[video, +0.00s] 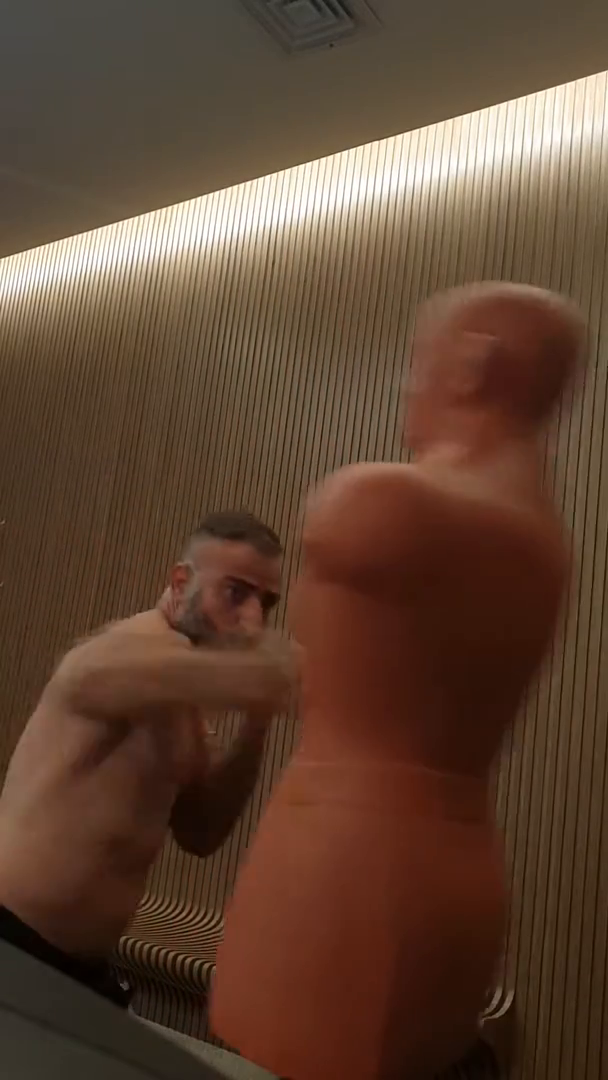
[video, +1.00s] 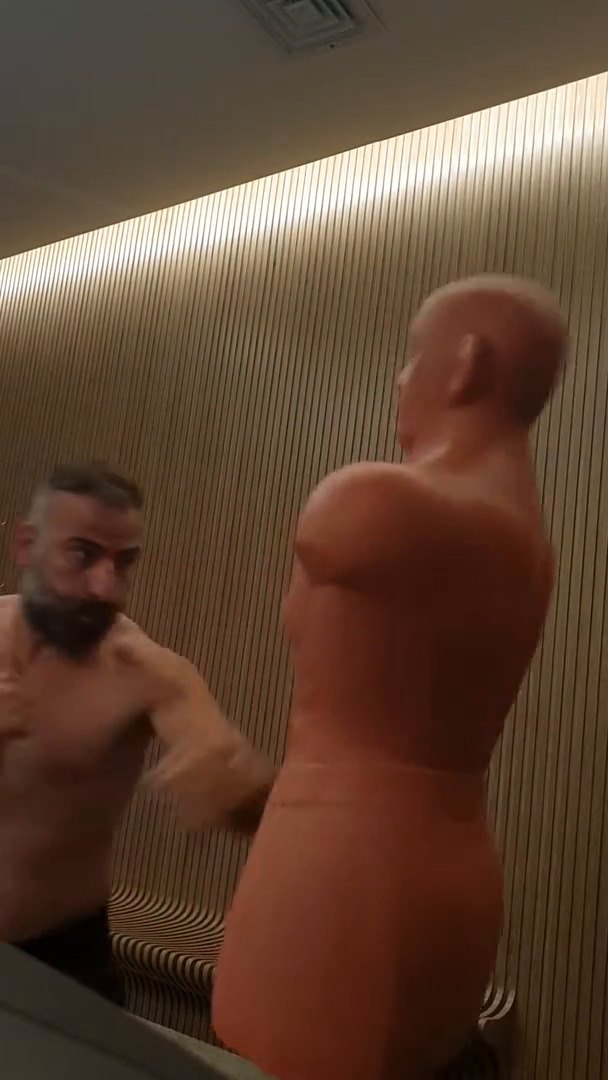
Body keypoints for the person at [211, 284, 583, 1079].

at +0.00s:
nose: (410, 382)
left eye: (421, 359)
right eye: (415, 360)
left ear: (473, 366)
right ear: (548, 393)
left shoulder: (376, 508)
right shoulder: (545, 545)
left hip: (341, 871)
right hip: (454, 864)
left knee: (282, 1065)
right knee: (402, 1067)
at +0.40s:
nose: (344, 407)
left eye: (353, 385)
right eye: (346, 388)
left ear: (403, 384)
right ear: (468, 406)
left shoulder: (324, 505)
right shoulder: (480, 542)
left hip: (320, 856)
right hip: (425, 845)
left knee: (304, 1062)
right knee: (377, 1063)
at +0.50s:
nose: (308, 401)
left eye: (315, 372)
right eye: (310, 374)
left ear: (360, 374)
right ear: (437, 398)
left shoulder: (287, 501)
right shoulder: (451, 535)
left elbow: (233, 625)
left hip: (297, 858)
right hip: (408, 845)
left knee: (261, 1062)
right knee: (368, 1060)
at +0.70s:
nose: (349, 390)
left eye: (359, 364)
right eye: (353, 366)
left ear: (410, 367)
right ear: (473, 391)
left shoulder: (327, 502)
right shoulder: (484, 536)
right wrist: (283, 610)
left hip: (318, 868)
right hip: (428, 856)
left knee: (274, 1065)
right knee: (390, 1064)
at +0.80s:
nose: (385, 394)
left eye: (395, 371)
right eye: (389, 372)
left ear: (442, 375)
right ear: (512, 402)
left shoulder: (358, 504)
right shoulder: (513, 547)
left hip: (336, 868)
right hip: (444, 859)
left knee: (282, 1063)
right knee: (403, 1064)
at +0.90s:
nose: (390, 404)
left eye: (400, 380)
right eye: (393, 381)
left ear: (447, 384)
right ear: (516, 410)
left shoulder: (364, 505)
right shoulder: (515, 549)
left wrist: (406, 472)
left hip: (343, 858)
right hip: (446, 852)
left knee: (313, 1063)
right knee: (400, 1065)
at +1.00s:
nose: (399, 387)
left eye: (413, 361)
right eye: (406, 362)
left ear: (464, 368)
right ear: (530, 391)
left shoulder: (367, 506)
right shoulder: (524, 543)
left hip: (338, 880)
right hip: (447, 869)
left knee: (288, 1066)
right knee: (397, 1067)